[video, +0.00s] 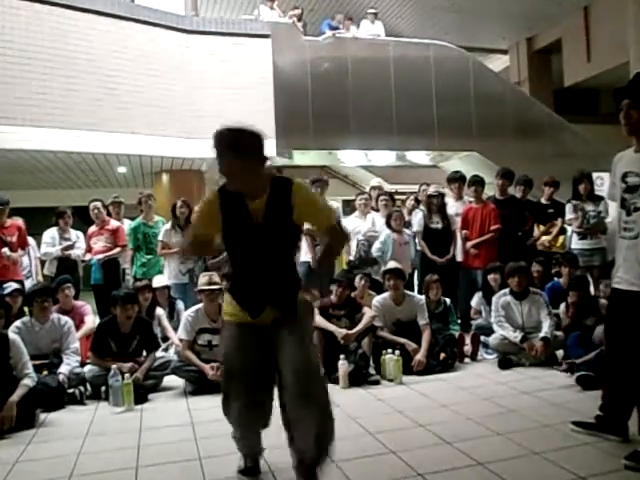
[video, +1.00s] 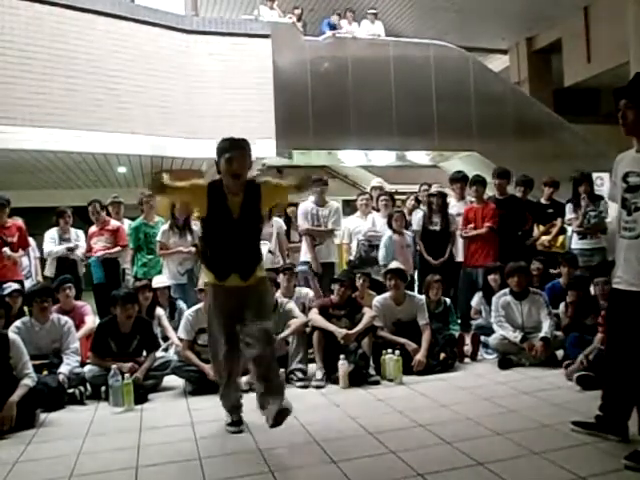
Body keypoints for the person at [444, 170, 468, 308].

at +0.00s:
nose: (457, 188)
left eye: (460, 184)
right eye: (453, 184)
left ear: (464, 186)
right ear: (449, 186)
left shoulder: (470, 204)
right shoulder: (443, 204)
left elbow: (475, 224)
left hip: (465, 255)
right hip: (448, 254)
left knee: (464, 290)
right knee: (448, 289)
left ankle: (464, 320)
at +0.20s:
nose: (457, 188)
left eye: (459, 184)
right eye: (453, 184)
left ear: (464, 186)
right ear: (449, 186)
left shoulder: (470, 204)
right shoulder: (444, 205)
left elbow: (474, 224)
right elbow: (441, 226)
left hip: (466, 255)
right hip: (448, 254)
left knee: (464, 290)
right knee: (448, 290)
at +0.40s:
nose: (457, 188)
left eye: (460, 184)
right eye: (454, 185)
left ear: (464, 186)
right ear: (449, 187)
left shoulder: (470, 204)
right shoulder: (445, 206)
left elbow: (474, 224)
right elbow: (442, 227)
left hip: (467, 254)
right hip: (449, 254)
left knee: (465, 291)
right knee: (449, 290)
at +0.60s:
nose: (457, 187)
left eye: (460, 184)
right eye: (453, 184)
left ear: (465, 186)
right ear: (449, 186)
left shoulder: (471, 204)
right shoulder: (445, 206)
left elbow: (474, 224)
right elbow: (441, 228)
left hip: (466, 255)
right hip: (448, 255)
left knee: (464, 292)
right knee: (448, 290)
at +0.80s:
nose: (458, 187)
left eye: (461, 184)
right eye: (455, 184)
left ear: (465, 185)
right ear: (450, 186)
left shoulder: (471, 204)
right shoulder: (445, 204)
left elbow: (475, 223)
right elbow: (441, 226)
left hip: (466, 255)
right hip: (449, 254)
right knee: (447, 291)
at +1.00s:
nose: (459, 187)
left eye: (462, 184)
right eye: (455, 184)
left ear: (466, 185)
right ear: (451, 186)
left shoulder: (471, 204)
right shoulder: (447, 205)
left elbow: (476, 223)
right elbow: (442, 227)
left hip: (467, 256)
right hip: (450, 255)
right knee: (448, 291)